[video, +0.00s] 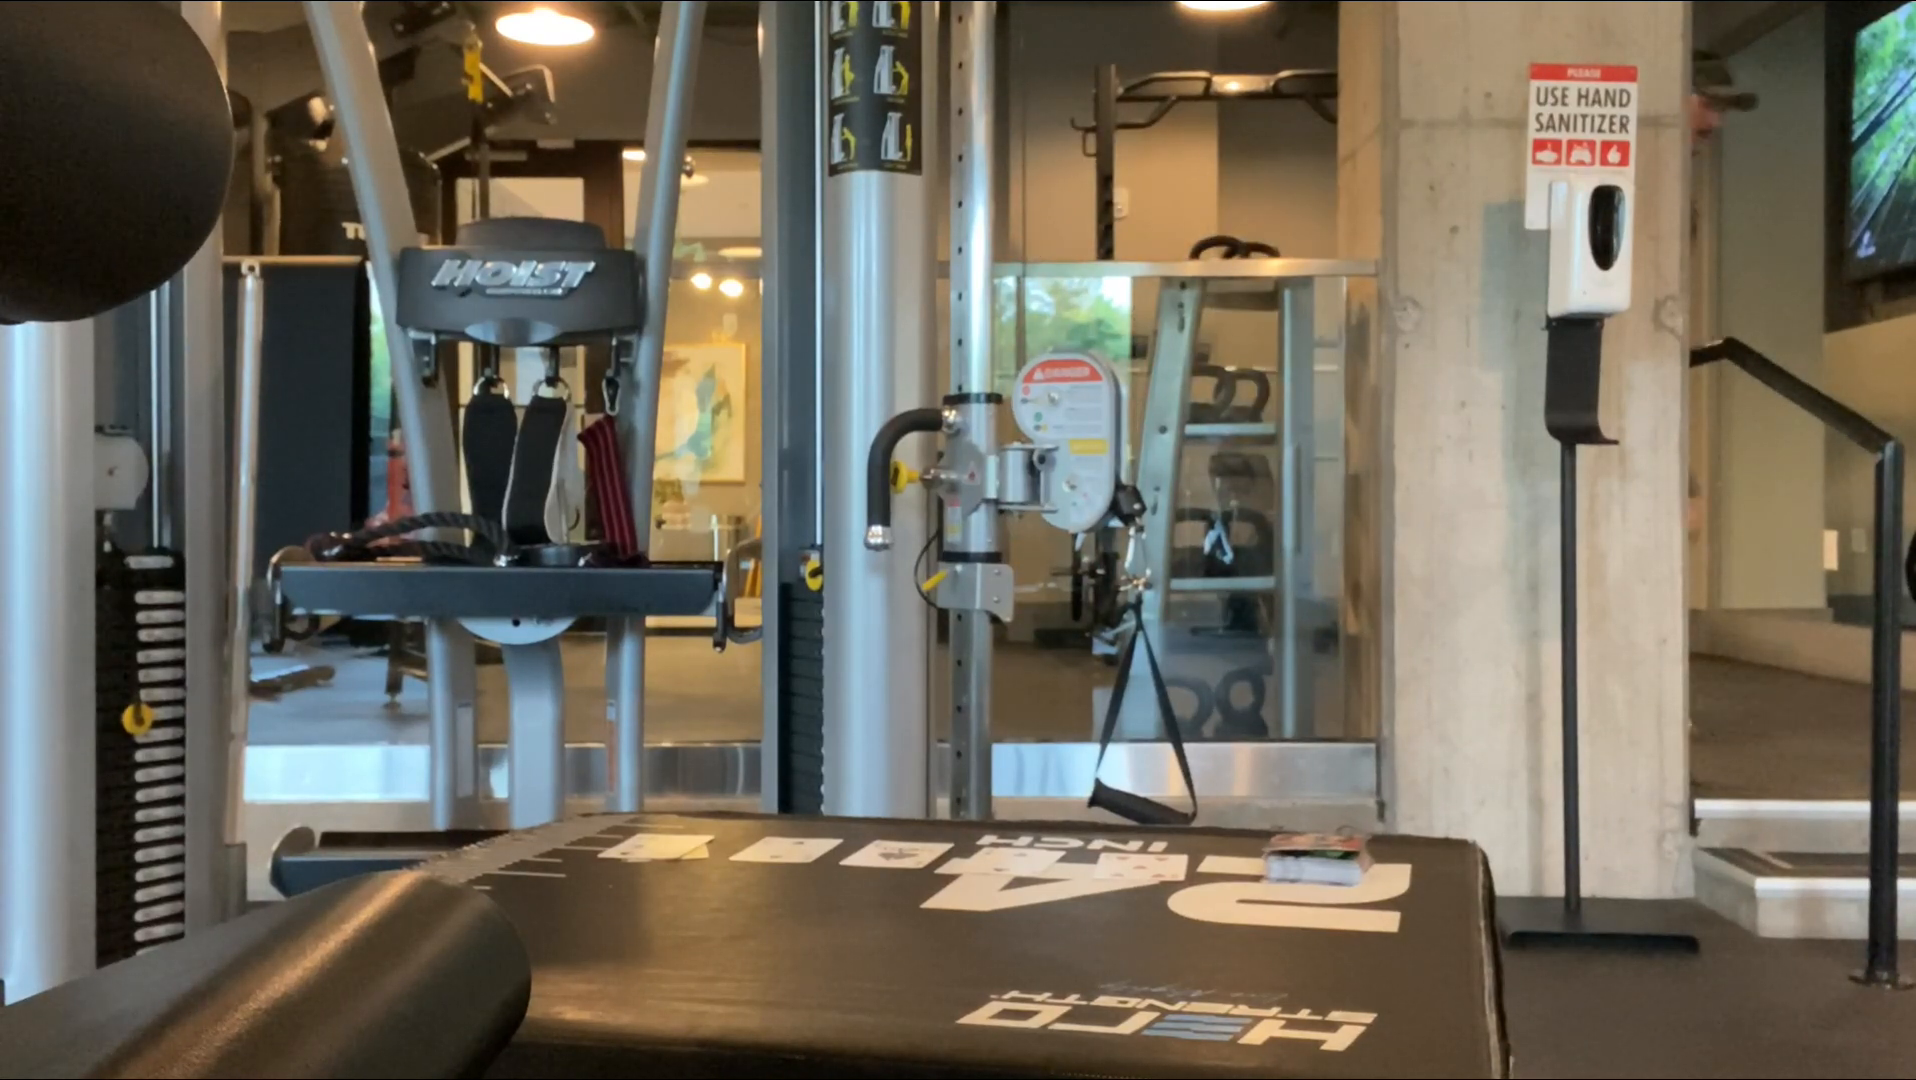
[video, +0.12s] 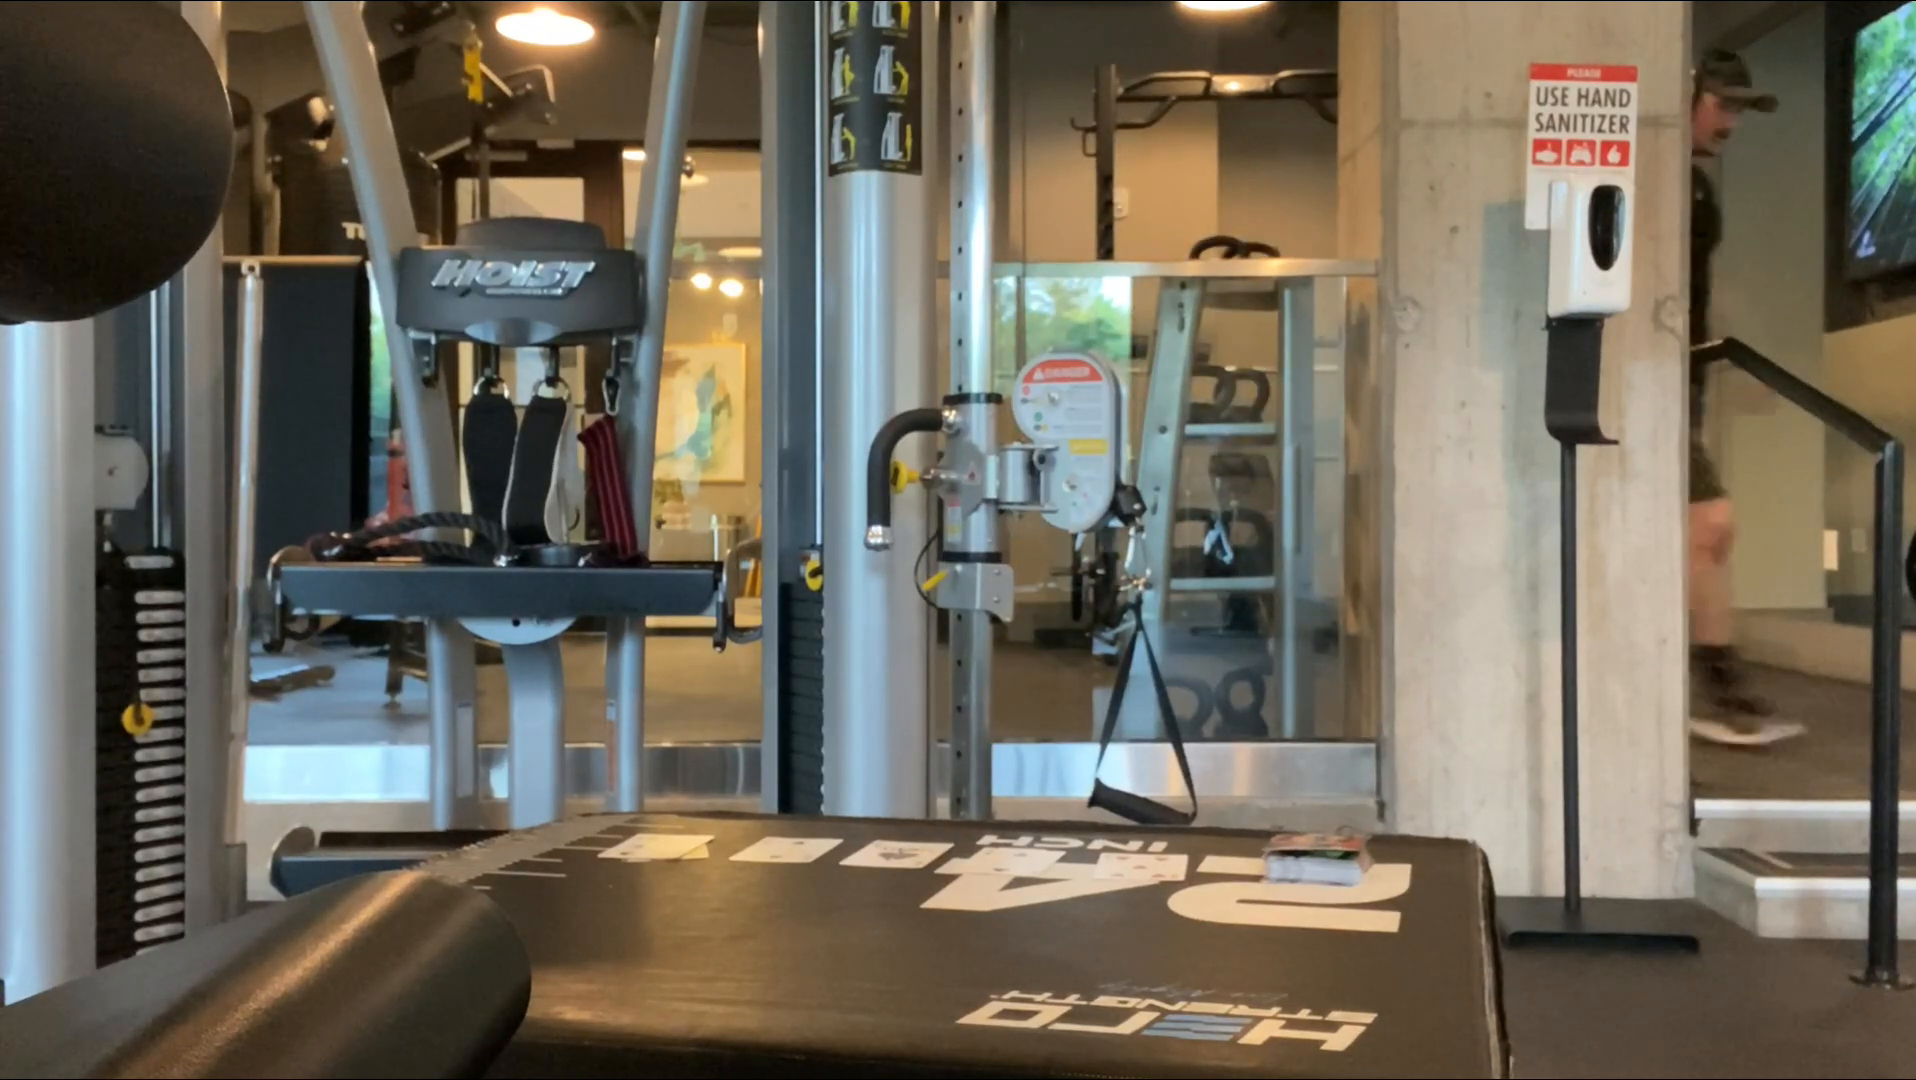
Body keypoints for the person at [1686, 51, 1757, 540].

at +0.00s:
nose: (1715, 122)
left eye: (1721, 107)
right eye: (1709, 103)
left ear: (1705, 105)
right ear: (1682, 98)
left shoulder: (1677, 168)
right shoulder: (1653, 164)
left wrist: (1689, 486)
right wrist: (1679, 489)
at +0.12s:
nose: (1732, 122)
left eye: (1738, 109)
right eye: (1725, 105)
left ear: (1716, 111)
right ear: (1691, 101)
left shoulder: (1692, 180)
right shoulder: (1667, 176)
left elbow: (1688, 289)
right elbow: (1656, 283)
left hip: (1676, 380)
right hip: (1657, 382)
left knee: (1700, 525)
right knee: (1709, 522)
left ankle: (1712, 691)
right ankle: (1715, 692)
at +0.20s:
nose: (1749, 124)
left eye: (1755, 111)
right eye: (1740, 108)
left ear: (1748, 113)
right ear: (1704, 102)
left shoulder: (1725, 180)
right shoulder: (1657, 173)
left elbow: (1777, 253)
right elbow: (1654, 283)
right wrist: (1724, 255)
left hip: (1704, 384)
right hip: (1666, 388)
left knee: (1730, 540)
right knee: (1737, 537)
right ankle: (1798, 698)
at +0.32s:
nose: (1792, 120)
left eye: (1798, 107)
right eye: (1781, 104)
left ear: (1797, 111)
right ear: (1744, 103)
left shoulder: (1786, 180)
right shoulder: (1694, 163)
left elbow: (1882, 211)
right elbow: (1705, 178)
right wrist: (1810, 111)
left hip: (1756, 380)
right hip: (1708, 379)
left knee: (1691, 547)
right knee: (1781, 540)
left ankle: (1631, 699)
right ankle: (1839, 713)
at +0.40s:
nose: (1815, 95)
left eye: (1820, 84)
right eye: (1802, 82)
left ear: (1820, 96)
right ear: (1764, 84)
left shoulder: (1824, 157)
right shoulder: (1720, 154)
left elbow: (1904, 169)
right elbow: (1776, 90)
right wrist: (1851, 18)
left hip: (1797, 361)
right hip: (1743, 359)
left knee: (1776, 540)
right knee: (1800, 538)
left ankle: (1659, 635)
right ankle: (1840, 712)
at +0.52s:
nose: (1858, 93)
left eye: (1866, 80)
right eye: (1848, 78)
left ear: (1865, 85)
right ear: (1808, 73)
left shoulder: (1862, 142)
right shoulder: (1758, 135)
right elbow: (1805, 33)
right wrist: (1853, 3)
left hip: (1851, 358)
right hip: (1784, 353)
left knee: (1893, 531)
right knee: (1813, 538)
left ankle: (1755, 642)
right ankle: (1841, 712)